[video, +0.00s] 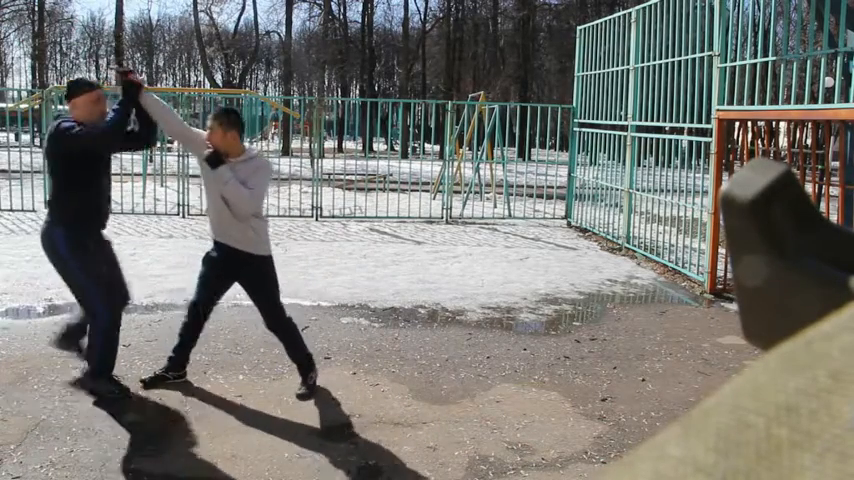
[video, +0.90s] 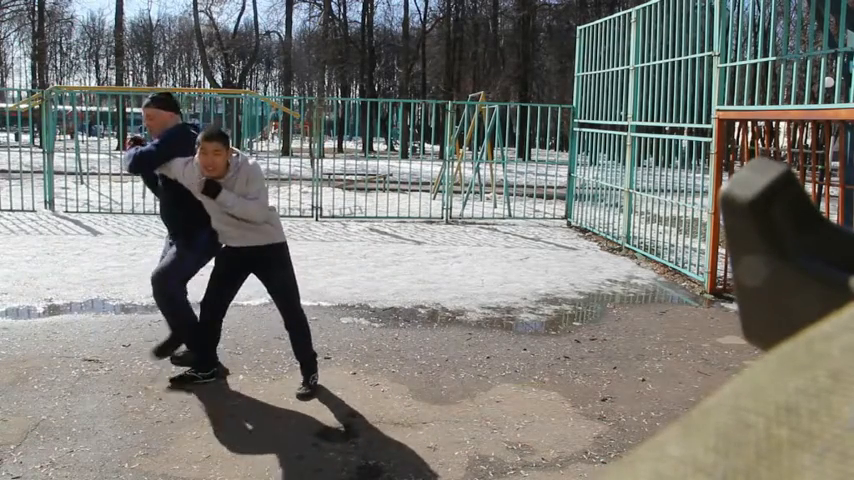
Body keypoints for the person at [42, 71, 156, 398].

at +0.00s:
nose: (104, 106)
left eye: (103, 100)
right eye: (96, 101)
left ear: (100, 103)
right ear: (75, 105)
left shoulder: (100, 131)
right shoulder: (63, 133)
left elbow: (143, 139)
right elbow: (108, 136)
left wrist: (140, 101)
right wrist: (128, 97)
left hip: (90, 235)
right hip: (64, 236)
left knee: (117, 296)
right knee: (101, 305)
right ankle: (98, 376)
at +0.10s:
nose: (115, 105)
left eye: (116, 99)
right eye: (108, 99)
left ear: (116, 104)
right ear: (88, 102)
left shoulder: (115, 132)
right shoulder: (75, 133)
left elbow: (162, 137)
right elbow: (107, 149)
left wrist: (147, 103)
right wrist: (131, 104)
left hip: (111, 232)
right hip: (80, 236)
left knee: (148, 291)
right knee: (110, 307)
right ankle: (99, 377)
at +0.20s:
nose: (101, 97)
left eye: (106, 92)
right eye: (103, 92)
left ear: (122, 101)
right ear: (105, 100)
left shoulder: (139, 132)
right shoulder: (89, 132)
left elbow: (177, 133)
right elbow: (109, 154)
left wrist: (147, 106)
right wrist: (131, 112)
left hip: (135, 233)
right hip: (100, 236)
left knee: (171, 295)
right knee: (116, 307)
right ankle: (100, 376)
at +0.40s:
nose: (142, 107)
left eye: (148, 102)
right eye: (137, 101)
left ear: (160, 102)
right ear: (128, 104)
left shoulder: (176, 129)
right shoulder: (123, 133)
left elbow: (195, 122)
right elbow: (115, 176)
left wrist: (145, 113)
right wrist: (122, 129)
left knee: (204, 293)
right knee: (134, 301)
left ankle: (212, 358)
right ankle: (131, 366)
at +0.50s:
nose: (144, 110)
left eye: (150, 104)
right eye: (138, 105)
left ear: (166, 101)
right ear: (133, 107)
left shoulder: (185, 125)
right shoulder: (132, 135)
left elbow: (181, 121)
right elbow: (120, 180)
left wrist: (129, 118)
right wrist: (116, 134)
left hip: (188, 227)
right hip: (151, 229)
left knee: (208, 292)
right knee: (144, 297)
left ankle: (212, 355)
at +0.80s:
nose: (144, 123)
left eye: (147, 116)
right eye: (142, 117)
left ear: (166, 112)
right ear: (150, 118)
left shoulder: (181, 132)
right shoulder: (163, 143)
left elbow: (142, 151)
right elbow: (155, 192)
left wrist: (126, 144)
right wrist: (131, 160)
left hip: (197, 232)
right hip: (174, 231)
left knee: (167, 291)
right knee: (161, 291)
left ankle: (212, 327)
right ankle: (199, 346)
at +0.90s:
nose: (147, 124)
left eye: (150, 118)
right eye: (145, 119)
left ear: (169, 115)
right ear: (165, 117)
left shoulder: (181, 137)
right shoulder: (167, 140)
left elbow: (136, 163)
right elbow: (165, 190)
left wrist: (133, 152)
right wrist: (144, 150)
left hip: (200, 235)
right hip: (179, 232)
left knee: (163, 280)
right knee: (164, 282)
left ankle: (196, 344)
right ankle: (180, 332)